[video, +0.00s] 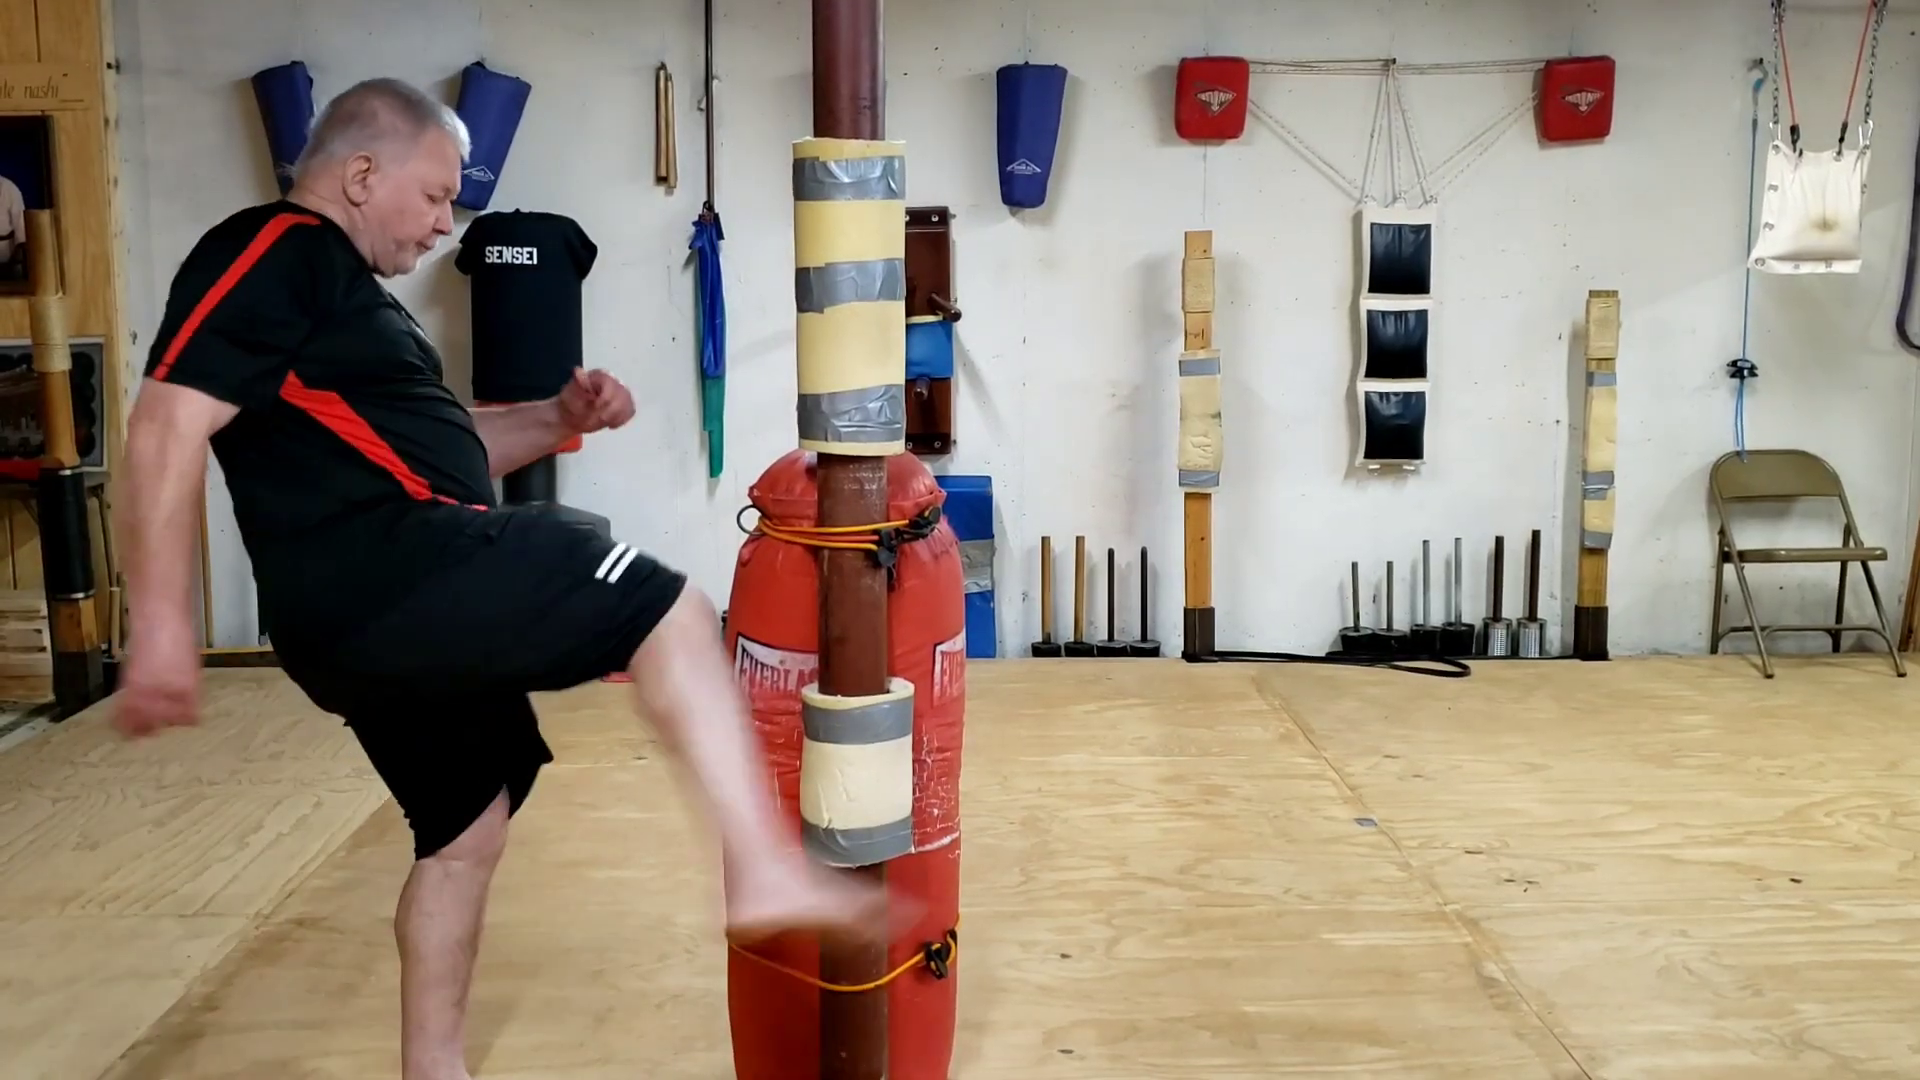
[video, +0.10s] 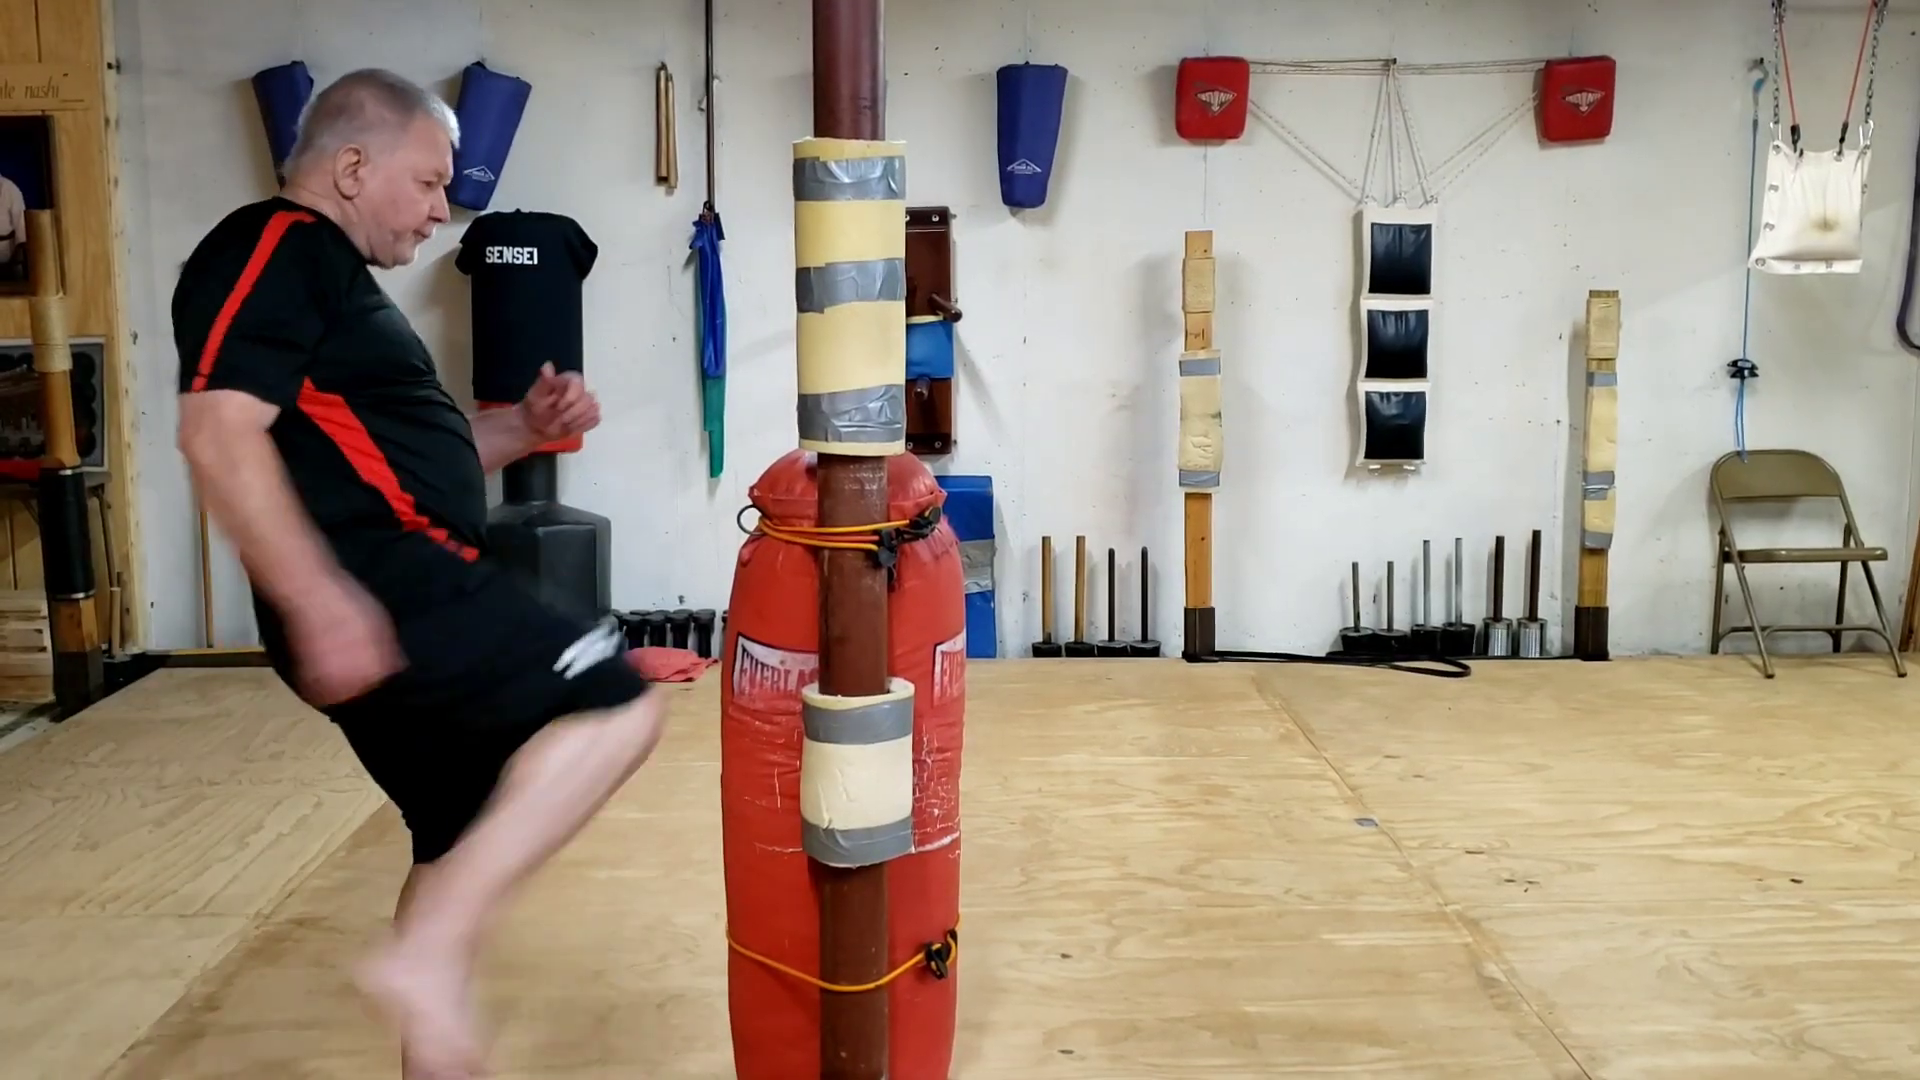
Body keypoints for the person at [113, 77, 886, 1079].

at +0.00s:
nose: (447, 222)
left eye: (452, 202)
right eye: (438, 194)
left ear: (364, 180)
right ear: (361, 173)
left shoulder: (346, 297)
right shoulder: (275, 243)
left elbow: (417, 453)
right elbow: (164, 424)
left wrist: (559, 421)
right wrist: (160, 633)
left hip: (356, 609)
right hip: (398, 563)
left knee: (466, 818)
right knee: (672, 611)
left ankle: (433, 1066)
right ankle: (769, 868)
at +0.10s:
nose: (437, 214)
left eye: (443, 195)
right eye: (429, 186)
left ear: (353, 172)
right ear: (353, 163)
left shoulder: (334, 276)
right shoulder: (275, 240)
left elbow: (394, 461)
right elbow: (217, 429)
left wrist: (522, 429)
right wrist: (319, 597)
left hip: (389, 583)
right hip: (380, 571)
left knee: (456, 840)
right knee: (615, 704)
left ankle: (439, 1056)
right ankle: (425, 949)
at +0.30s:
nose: (430, 226)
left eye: (433, 203)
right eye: (416, 198)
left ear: (336, 195)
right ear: (333, 190)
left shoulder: (321, 294)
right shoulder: (238, 274)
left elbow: (320, 509)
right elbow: (280, 449)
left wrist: (447, 543)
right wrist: (480, 418)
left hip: (394, 654)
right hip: (283, 671)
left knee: (470, 842)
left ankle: (437, 1069)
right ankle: (136, 1073)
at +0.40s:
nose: (415, 249)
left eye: (418, 224)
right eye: (396, 224)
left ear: (317, 221)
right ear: (309, 216)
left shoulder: (327, 314)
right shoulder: (195, 311)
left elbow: (318, 509)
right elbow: (236, 506)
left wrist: (422, 558)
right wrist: (427, 441)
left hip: (363, 663)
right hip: (223, 688)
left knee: (486, 835)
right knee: (181, 953)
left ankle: (439, 1067)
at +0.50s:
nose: (399, 249)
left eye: (401, 224)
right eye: (378, 225)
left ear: (295, 222)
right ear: (287, 220)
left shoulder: (345, 308)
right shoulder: (166, 305)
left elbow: (337, 468)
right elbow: (132, 516)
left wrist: (431, 480)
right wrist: (347, 499)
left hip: (349, 659)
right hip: (204, 688)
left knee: (469, 839)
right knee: (176, 948)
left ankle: (439, 1067)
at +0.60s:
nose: (392, 248)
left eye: (395, 222)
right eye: (371, 224)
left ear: (289, 221)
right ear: (279, 219)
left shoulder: (356, 307)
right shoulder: (154, 304)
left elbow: (437, 437)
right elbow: (64, 500)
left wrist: (487, 387)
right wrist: (265, 564)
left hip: (344, 650)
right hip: (197, 677)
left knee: (458, 833)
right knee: (180, 938)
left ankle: (439, 1065)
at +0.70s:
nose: (406, 242)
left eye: (410, 219)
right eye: (388, 218)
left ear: (316, 211)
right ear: (299, 209)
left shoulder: (370, 299)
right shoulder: (162, 309)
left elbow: (490, 371)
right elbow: (65, 496)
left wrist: (600, 331)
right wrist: (199, 650)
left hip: (341, 659)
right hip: (203, 683)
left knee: (446, 830)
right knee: (175, 941)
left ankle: (435, 1066)